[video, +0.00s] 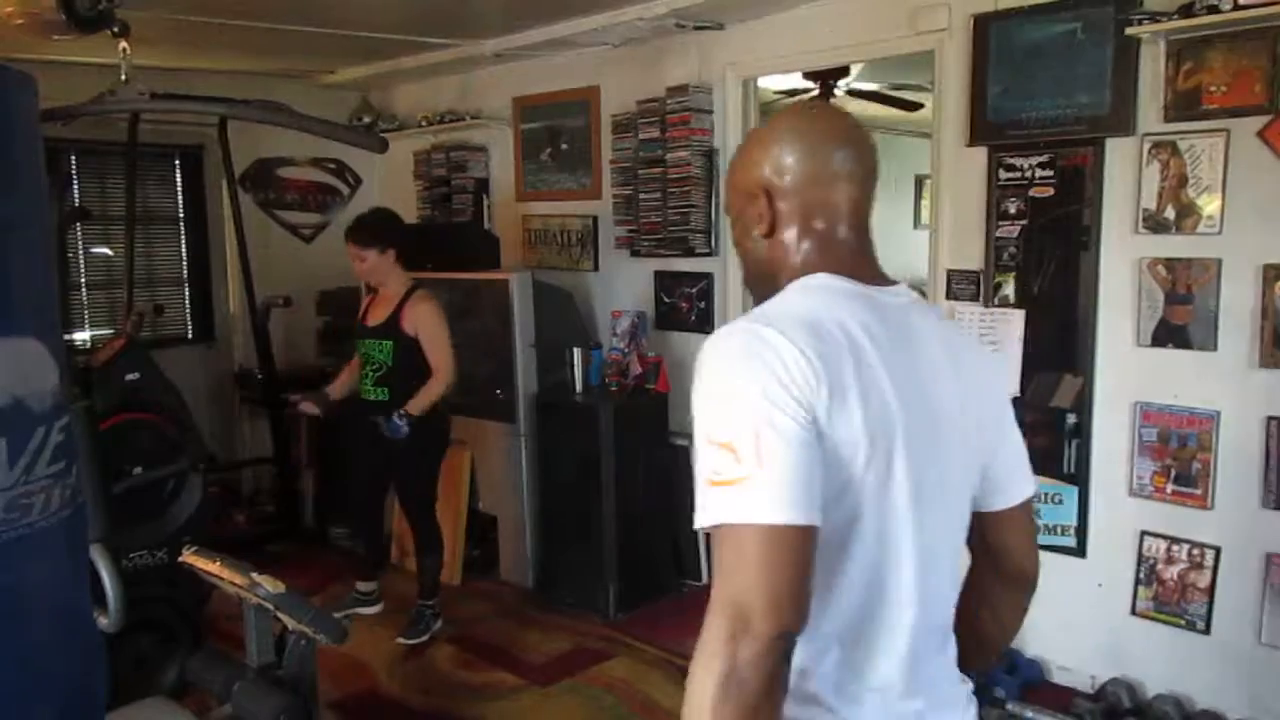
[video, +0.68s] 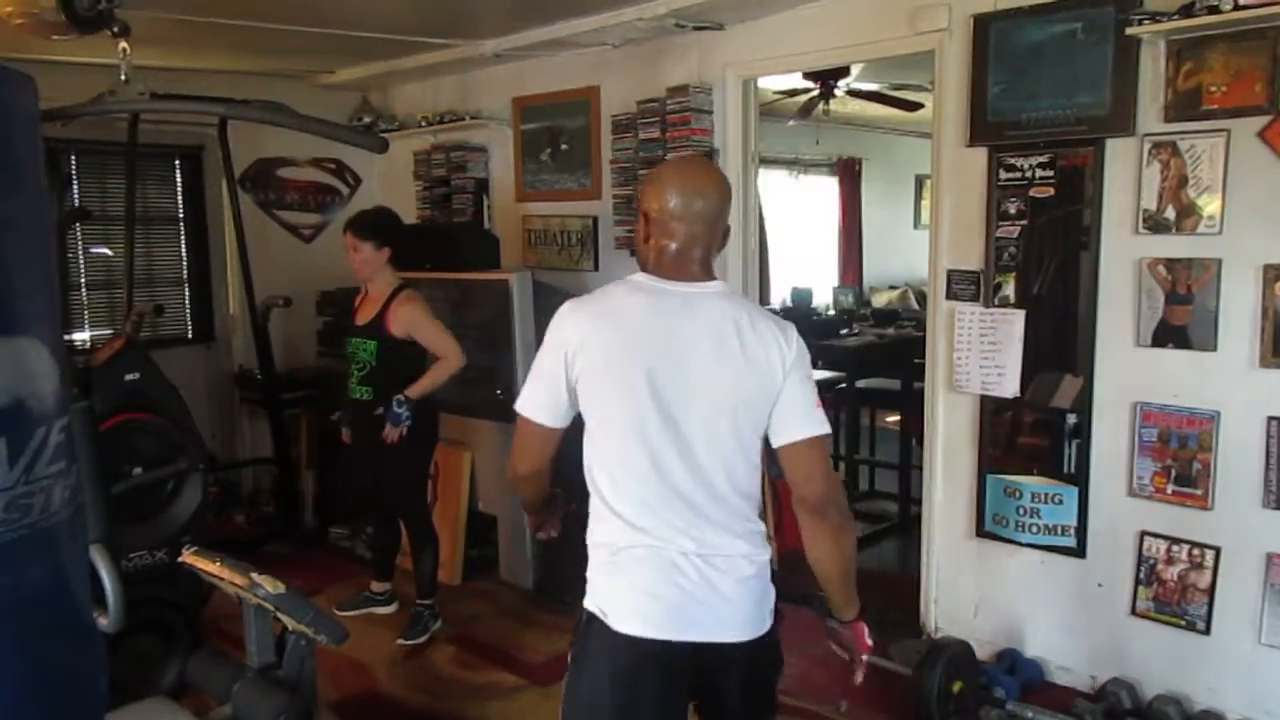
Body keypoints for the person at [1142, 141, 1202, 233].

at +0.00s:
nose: (1157, 159)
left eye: (1159, 154)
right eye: (1155, 156)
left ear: (1168, 150)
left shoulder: (1175, 161)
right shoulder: (1164, 166)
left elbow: (1171, 187)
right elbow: (1161, 189)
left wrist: (1160, 213)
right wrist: (1157, 213)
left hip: (1191, 211)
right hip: (1180, 212)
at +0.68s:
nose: (1158, 159)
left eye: (1160, 154)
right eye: (1155, 156)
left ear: (1169, 150)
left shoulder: (1175, 161)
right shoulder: (1164, 165)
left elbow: (1171, 187)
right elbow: (1162, 188)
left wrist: (1161, 213)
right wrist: (1157, 213)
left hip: (1190, 211)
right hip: (1180, 212)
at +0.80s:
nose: (1158, 159)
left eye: (1159, 154)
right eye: (1156, 156)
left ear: (1168, 150)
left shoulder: (1175, 161)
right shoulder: (1164, 164)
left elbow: (1170, 187)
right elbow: (1162, 187)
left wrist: (1160, 213)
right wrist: (1157, 212)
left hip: (1190, 211)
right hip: (1180, 212)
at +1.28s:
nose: (1158, 159)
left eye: (1159, 154)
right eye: (1156, 156)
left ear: (1168, 150)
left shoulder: (1175, 161)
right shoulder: (1164, 165)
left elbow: (1171, 187)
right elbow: (1162, 188)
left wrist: (1160, 213)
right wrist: (1157, 212)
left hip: (1190, 211)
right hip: (1180, 212)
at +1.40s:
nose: (1158, 158)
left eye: (1159, 153)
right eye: (1155, 156)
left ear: (1168, 149)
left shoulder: (1175, 161)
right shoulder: (1164, 165)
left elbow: (1171, 187)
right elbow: (1162, 188)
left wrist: (1161, 213)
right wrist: (1157, 212)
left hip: (1190, 212)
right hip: (1180, 213)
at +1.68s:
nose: (1158, 158)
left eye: (1159, 153)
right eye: (1155, 156)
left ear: (1168, 149)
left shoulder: (1175, 161)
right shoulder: (1164, 165)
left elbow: (1171, 187)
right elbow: (1162, 188)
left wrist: (1160, 213)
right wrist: (1157, 212)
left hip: (1190, 212)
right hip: (1180, 213)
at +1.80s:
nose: (1158, 158)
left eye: (1159, 153)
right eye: (1155, 156)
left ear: (1168, 149)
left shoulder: (1175, 161)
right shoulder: (1164, 165)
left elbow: (1171, 188)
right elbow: (1162, 188)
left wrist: (1160, 213)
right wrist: (1157, 213)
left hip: (1190, 212)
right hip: (1180, 213)